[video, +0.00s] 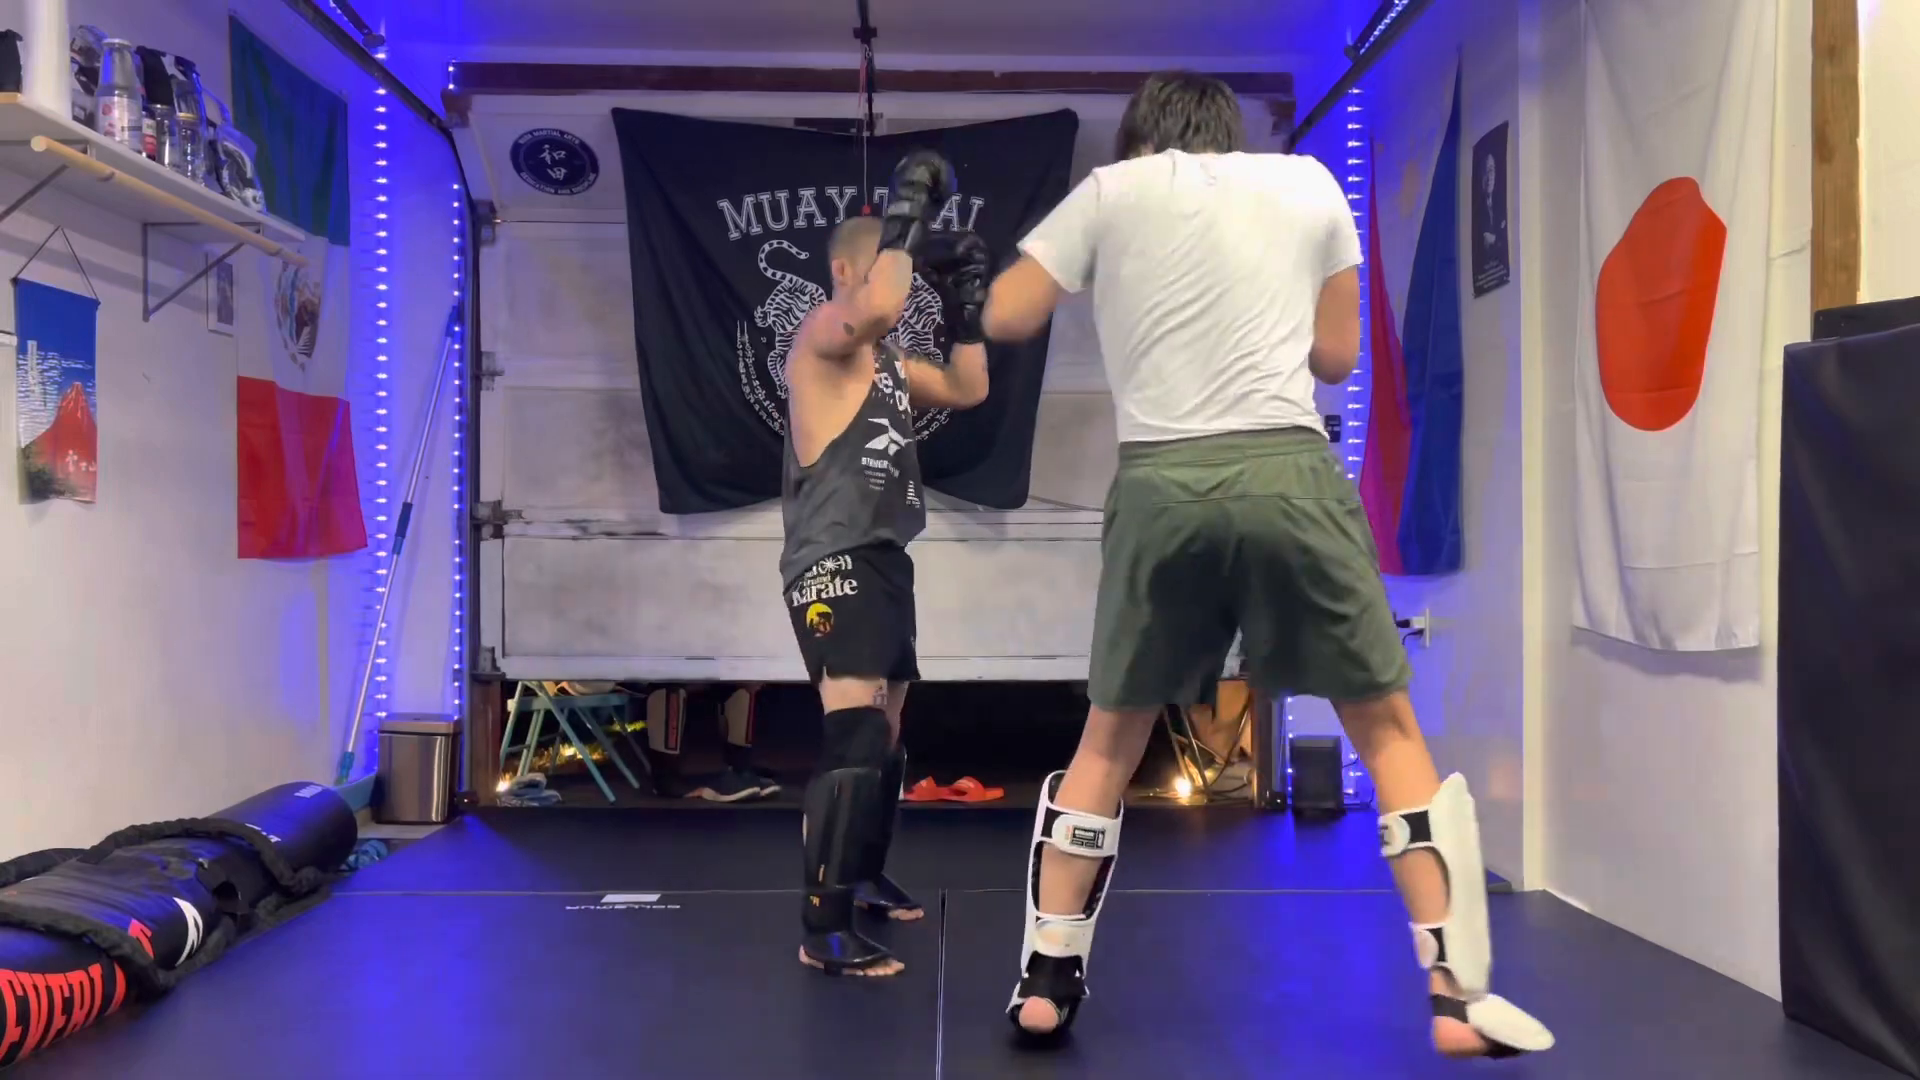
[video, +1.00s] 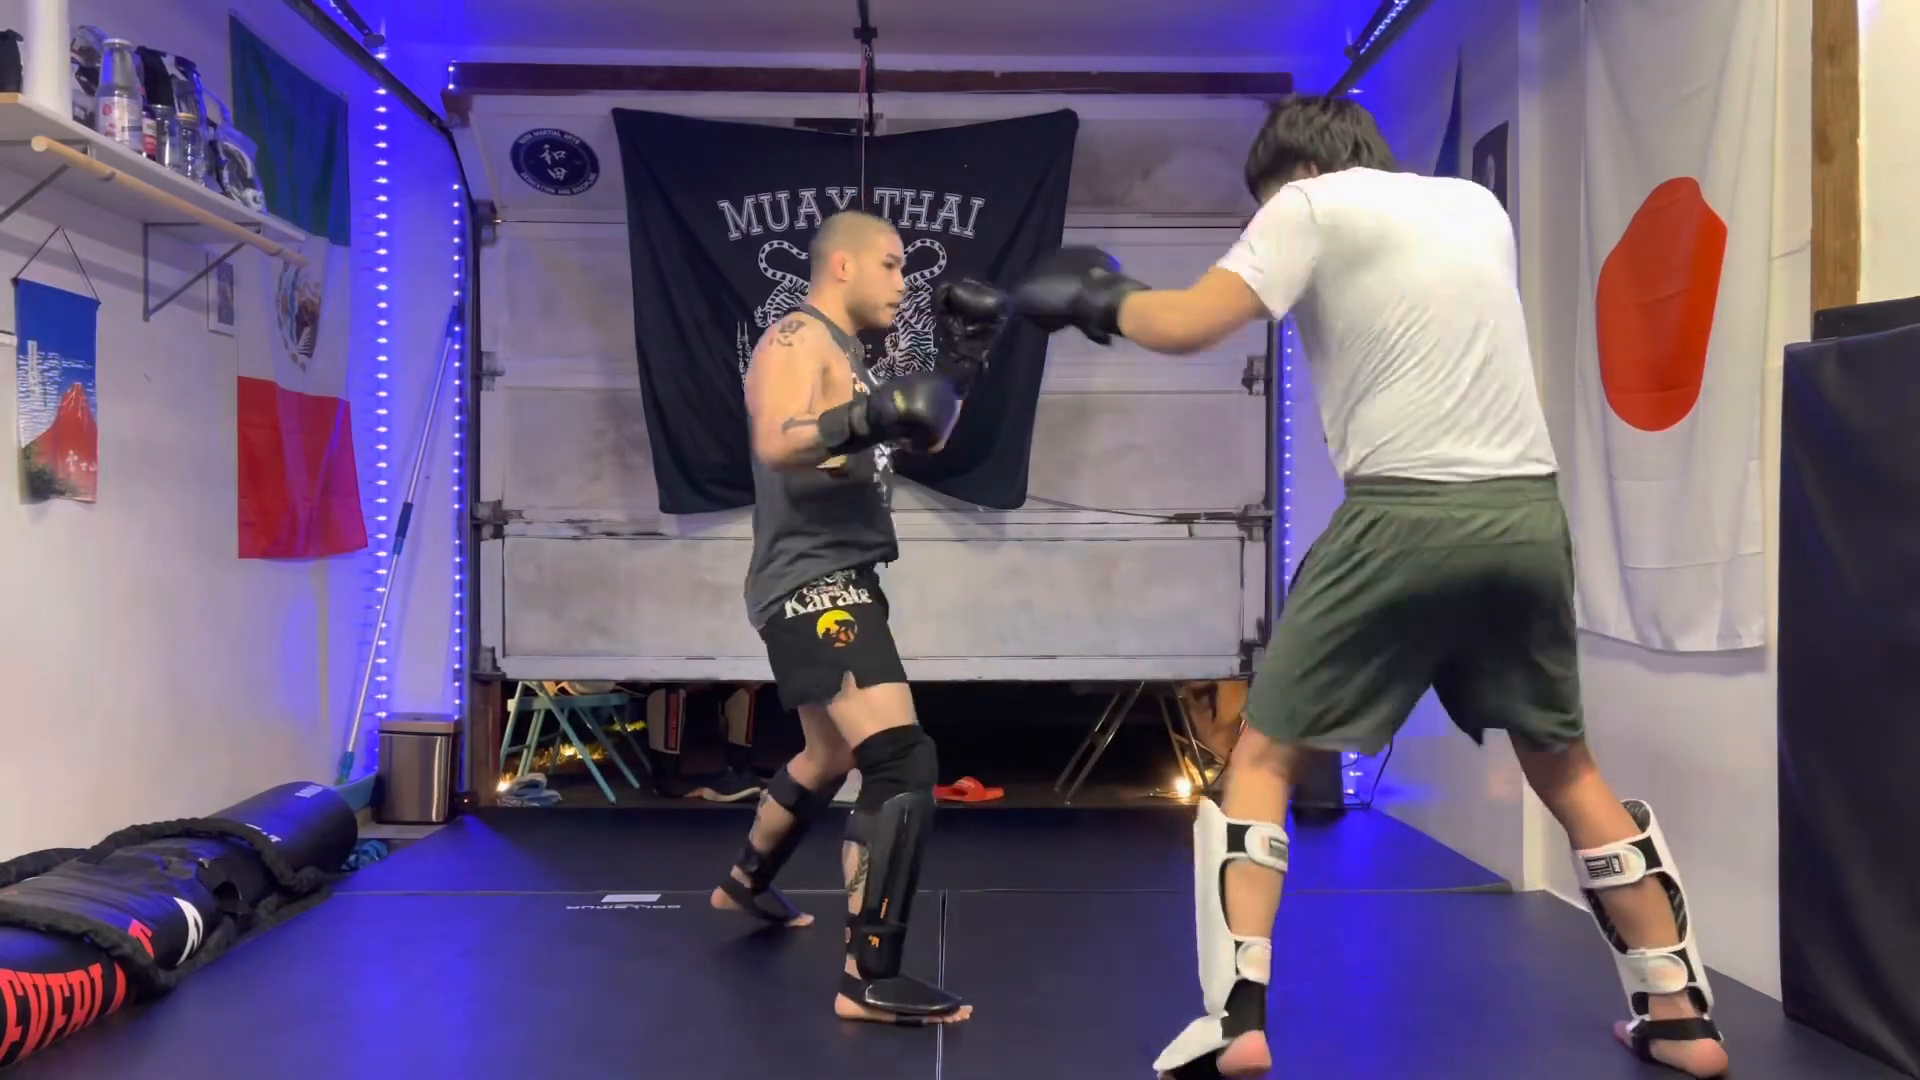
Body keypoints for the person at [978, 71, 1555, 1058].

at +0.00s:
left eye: (1135, 139)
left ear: (1140, 139)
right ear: (1234, 133)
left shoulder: (1111, 191)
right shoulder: (1309, 183)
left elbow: (1006, 316)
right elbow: (1336, 355)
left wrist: (1069, 254)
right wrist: (1254, 308)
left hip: (1161, 488)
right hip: (1292, 479)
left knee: (1108, 742)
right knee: (1385, 729)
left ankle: (1048, 983)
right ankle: (1454, 990)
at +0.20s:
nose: (1198, 225)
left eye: (1197, 211)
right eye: (1197, 215)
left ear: (1220, 194)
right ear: (1300, 181)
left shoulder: (1209, 239)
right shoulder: (1391, 244)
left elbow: (1153, 387)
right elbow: (1393, 364)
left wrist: (1136, 334)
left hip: (1234, 563)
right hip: (1370, 567)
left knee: (1140, 769)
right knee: (1441, 787)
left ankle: (1050, 991)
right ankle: (1542, 1018)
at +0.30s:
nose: (1222, 177)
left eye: (1221, 165)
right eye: (1221, 168)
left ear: (1244, 141)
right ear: (1317, 121)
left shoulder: (1250, 168)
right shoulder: (1426, 183)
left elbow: (1208, 321)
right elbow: (1381, 297)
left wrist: (1175, 264)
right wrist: (1242, 246)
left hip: (1296, 488)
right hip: (1425, 491)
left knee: (1186, 735)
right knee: (1476, 753)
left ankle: (1099, 967)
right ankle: (1557, 1003)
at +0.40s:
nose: (1242, 131)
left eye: (1239, 118)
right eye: (1237, 121)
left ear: (1260, 93)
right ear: (1342, 68)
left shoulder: (1281, 111)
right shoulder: (1444, 130)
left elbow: (1240, 265)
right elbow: (1424, 258)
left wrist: (1190, 200)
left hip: (1333, 440)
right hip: (1455, 441)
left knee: (1242, 684)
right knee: (1497, 711)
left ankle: (1231, 956)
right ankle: (1585, 965)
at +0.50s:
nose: (1274, 131)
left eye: (1273, 116)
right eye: (1273, 117)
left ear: (1292, 93)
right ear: (1372, 68)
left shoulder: (1320, 112)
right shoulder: (1471, 137)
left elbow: (1251, 262)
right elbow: (1397, 246)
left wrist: (1219, 174)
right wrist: (1281, 166)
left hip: (1366, 460)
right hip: (1483, 461)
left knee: (1302, 732)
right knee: (1527, 733)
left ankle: (1376, 980)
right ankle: (1628, 980)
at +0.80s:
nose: (1275, 179)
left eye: (1275, 164)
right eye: (1270, 166)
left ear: (1296, 135)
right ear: (1379, 111)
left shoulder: (1321, 154)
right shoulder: (1487, 163)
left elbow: (1166, 248)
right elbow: (1463, 297)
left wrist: (1072, 229)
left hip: (1430, 476)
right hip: (1551, 480)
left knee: (1288, 726)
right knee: (1535, 731)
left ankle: (1258, 991)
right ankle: (1647, 967)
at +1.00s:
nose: (1270, 216)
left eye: (1271, 199)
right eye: (1267, 204)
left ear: (1297, 178)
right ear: (1371, 153)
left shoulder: (1308, 207)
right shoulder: (1481, 206)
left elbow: (1186, 324)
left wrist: (1100, 300)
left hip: (1402, 525)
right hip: (1531, 525)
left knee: (1265, 756)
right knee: (1566, 763)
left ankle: (1242, 1016)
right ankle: (1678, 1009)